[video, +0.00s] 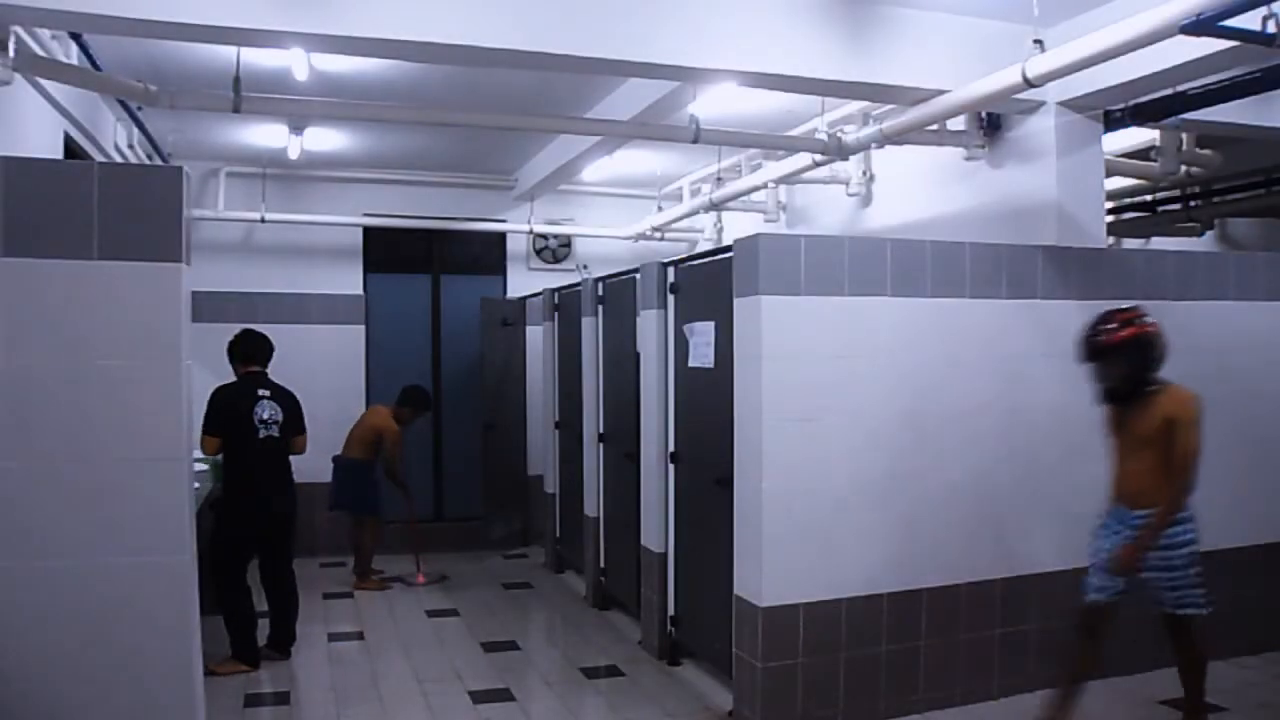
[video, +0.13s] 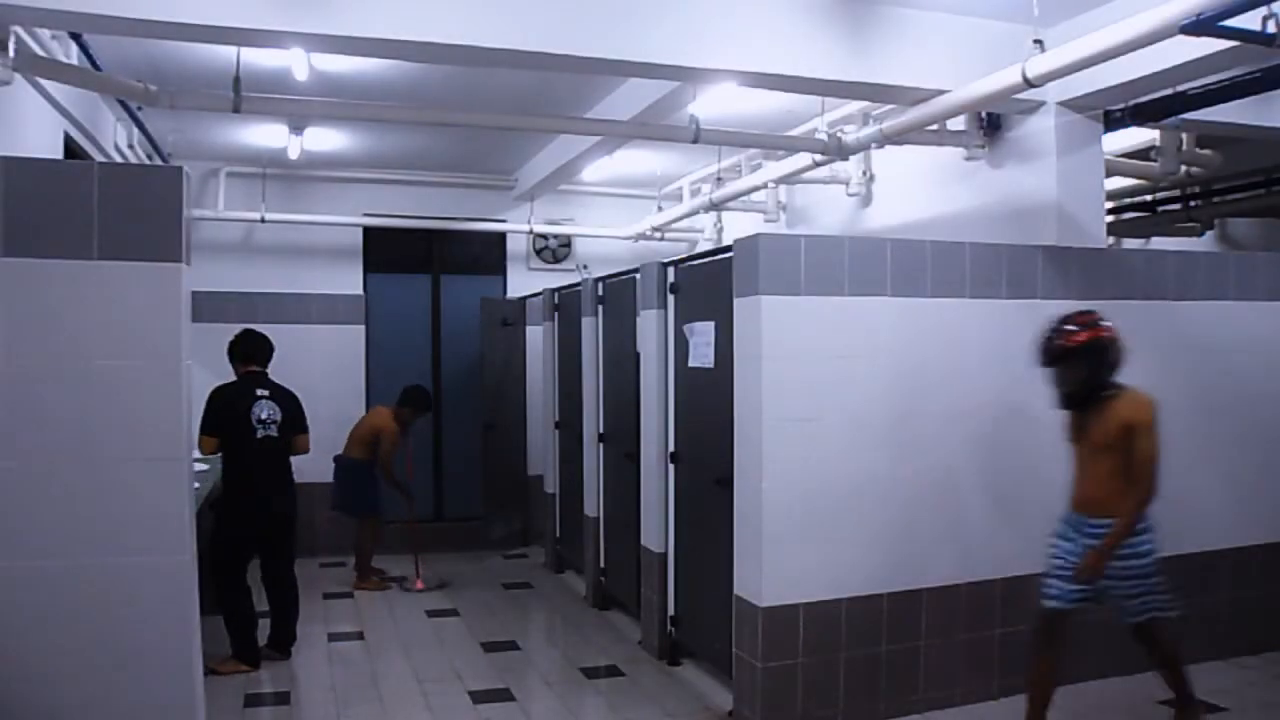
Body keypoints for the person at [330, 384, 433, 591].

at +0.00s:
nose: (413, 420)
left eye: (417, 416)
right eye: (415, 415)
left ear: (400, 404)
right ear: (407, 409)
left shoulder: (375, 411)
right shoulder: (390, 428)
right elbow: (391, 468)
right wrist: (405, 491)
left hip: (345, 465)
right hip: (359, 470)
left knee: (360, 521)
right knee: (369, 523)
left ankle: (362, 568)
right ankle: (363, 576)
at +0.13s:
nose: (415, 420)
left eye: (418, 416)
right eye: (415, 415)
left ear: (402, 405)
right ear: (407, 409)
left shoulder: (379, 412)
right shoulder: (389, 427)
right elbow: (385, 468)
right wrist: (404, 492)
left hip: (347, 465)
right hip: (358, 469)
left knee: (366, 521)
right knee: (369, 522)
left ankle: (364, 567)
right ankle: (363, 576)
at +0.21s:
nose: (416, 421)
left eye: (420, 417)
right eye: (417, 416)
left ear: (404, 405)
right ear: (409, 409)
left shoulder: (383, 413)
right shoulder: (389, 426)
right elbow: (383, 465)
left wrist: (398, 438)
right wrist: (401, 491)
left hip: (352, 465)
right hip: (356, 469)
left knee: (374, 520)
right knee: (367, 522)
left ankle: (370, 567)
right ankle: (362, 577)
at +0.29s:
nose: (419, 422)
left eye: (422, 418)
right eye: (420, 417)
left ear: (407, 406)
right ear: (411, 411)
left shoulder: (388, 416)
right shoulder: (389, 426)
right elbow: (384, 464)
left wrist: (398, 443)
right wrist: (399, 491)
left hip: (363, 466)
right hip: (355, 468)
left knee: (377, 519)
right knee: (367, 522)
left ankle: (376, 567)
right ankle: (364, 575)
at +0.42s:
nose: (422, 424)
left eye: (425, 420)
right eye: (422, 419)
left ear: (410, 408)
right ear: (414, 413)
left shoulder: (393, 418)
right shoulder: (393, 429)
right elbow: (388, 468)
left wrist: (401, 444)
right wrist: (401, 493)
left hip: (367, 467)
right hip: (358, 469)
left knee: (382, 520)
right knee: (367, 523)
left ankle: (388, 568)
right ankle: (362, 577)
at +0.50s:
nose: (425, 425)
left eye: (428, 421)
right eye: (426, 420)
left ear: (414, 410)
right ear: (418, 414)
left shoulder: (395, 420)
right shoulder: (397, 429)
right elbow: (393, 467)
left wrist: (405, 447)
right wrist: (405, 493)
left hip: (370, 468)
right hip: (360, 469)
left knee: (382, 521)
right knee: (367, 524)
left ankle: (389, 569)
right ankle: (363, 577)